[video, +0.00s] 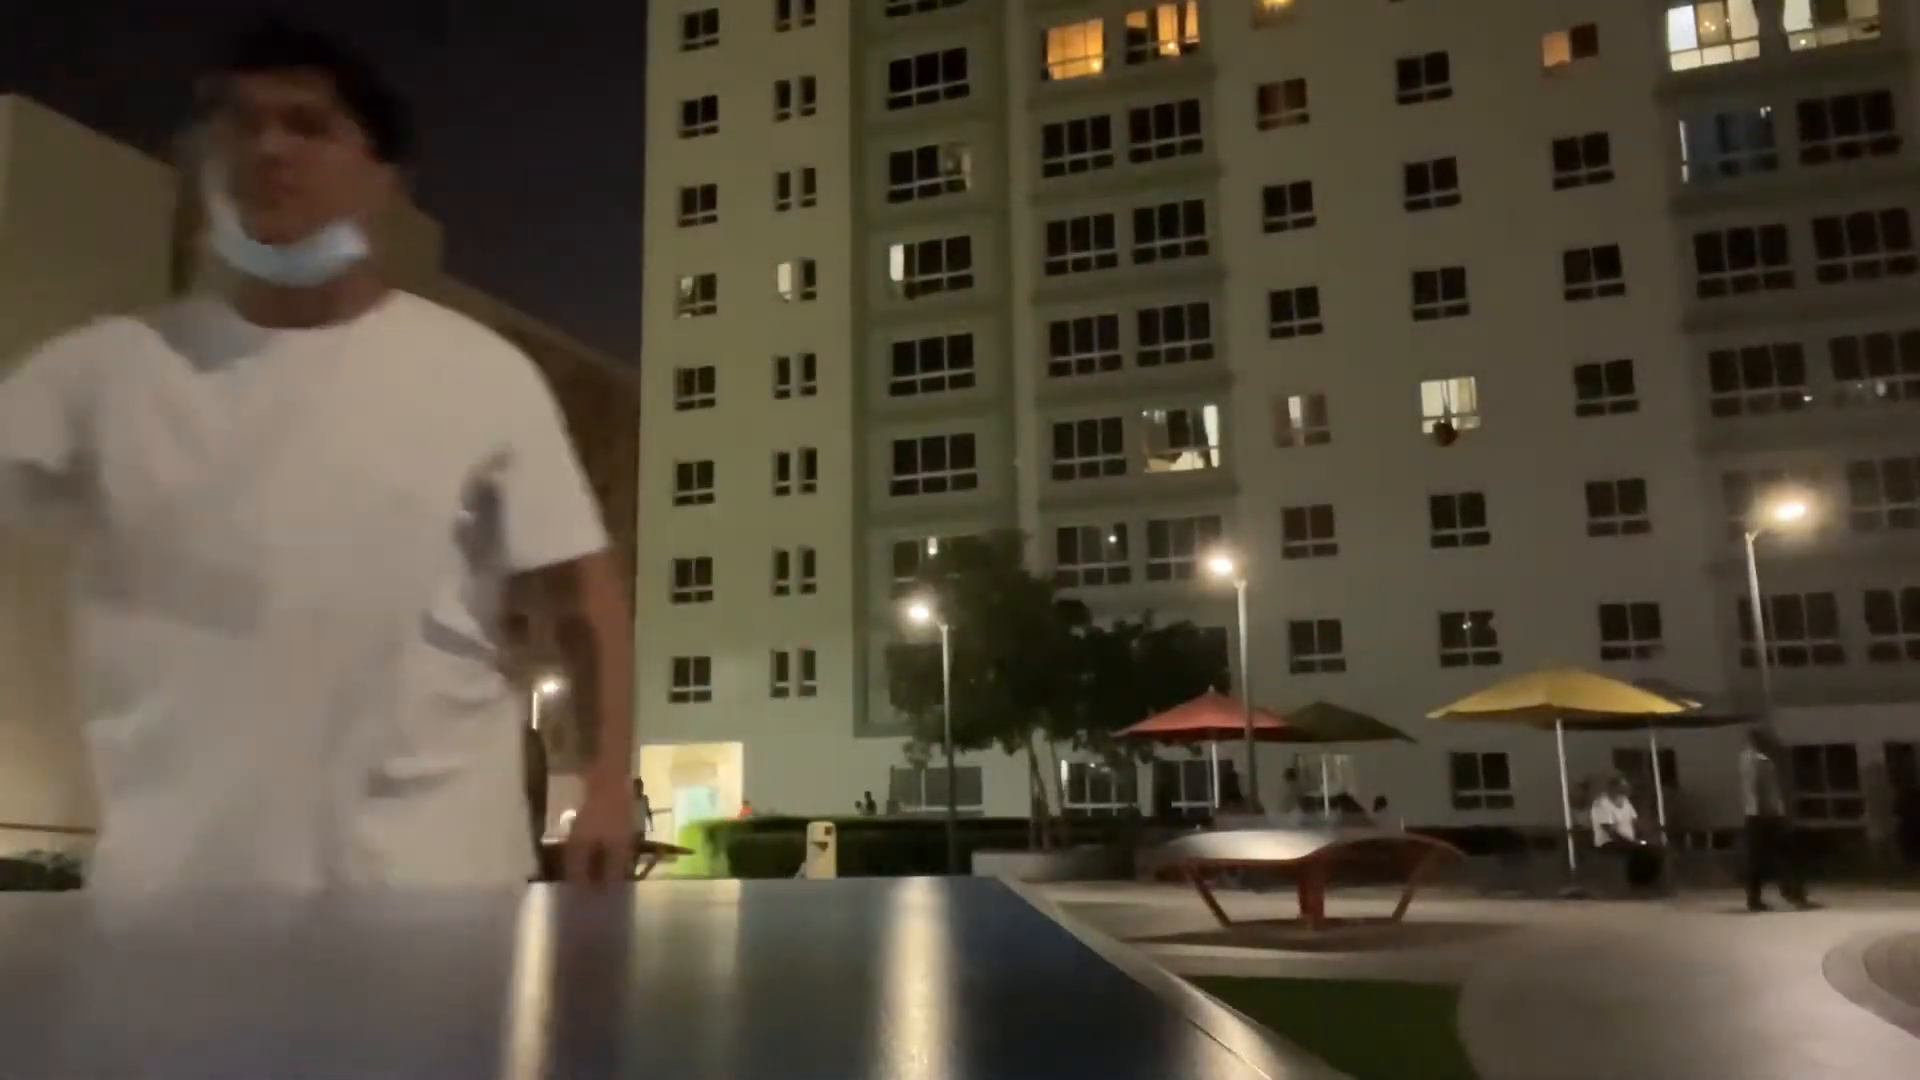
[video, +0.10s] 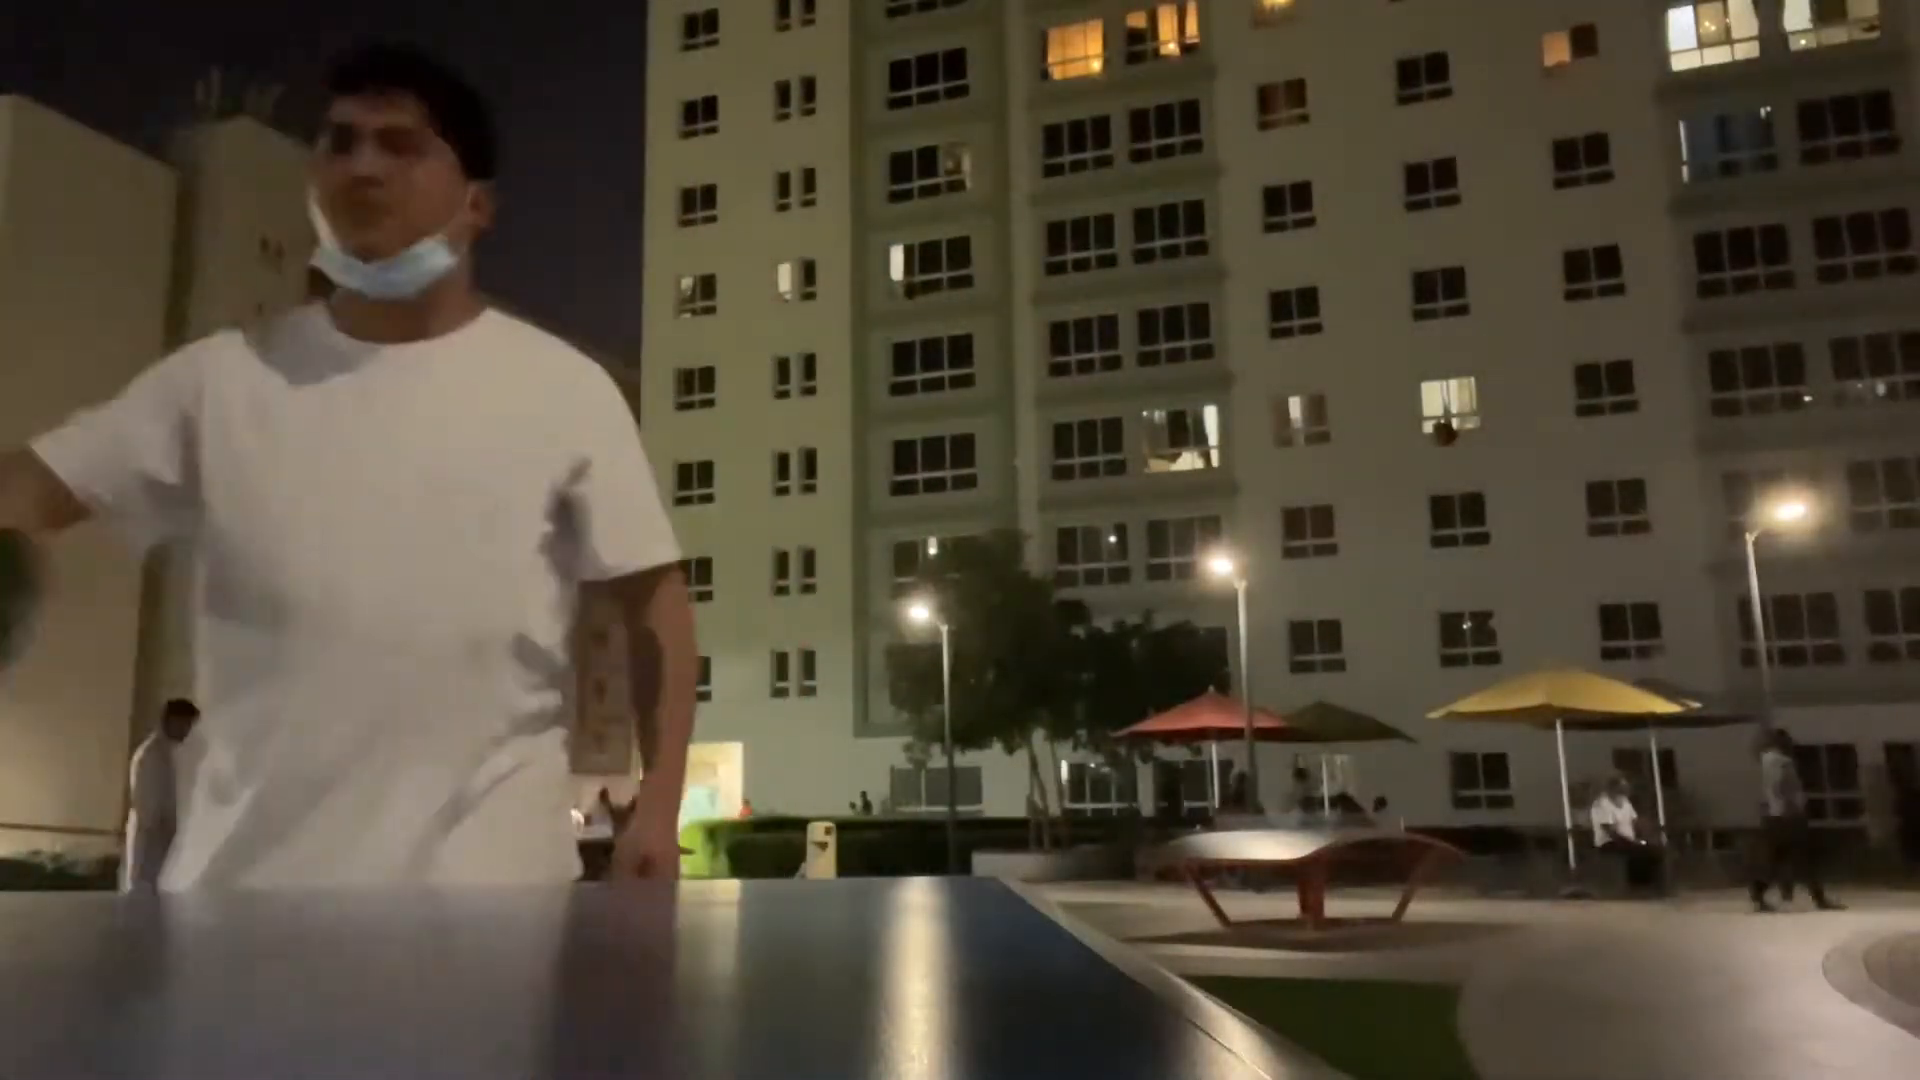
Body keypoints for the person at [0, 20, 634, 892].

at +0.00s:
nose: (267, 150)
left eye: (307, 126)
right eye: (237, 124)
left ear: (382, 174)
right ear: (199, 161)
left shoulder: (481, 380)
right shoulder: (106, 376)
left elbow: (590, 592)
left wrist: (609, 783)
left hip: (429, 892)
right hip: (177, 891)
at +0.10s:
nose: (360, 164)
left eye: (399, 144)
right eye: (338, 142)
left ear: (475, 205)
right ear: (309, 184)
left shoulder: (563, 392)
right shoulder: (218, 383)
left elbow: (660, 604)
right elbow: (34, 489)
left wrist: (658, 807)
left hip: (482, 884)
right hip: (248, 884)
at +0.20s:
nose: (339, 190)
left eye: (381, 162)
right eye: (322, 161)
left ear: (465, 209)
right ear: (299, 187)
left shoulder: (559, 403)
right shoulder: (209, 395)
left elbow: (661, 614)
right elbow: (35, 505)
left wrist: (661, 815)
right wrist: (26, 603)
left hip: (479, 889)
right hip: (245, 893)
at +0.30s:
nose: (214, 205)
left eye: (259, 175)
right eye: (193, 170)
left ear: (359, 210)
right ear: (169, 183)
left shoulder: (470, 393)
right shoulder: (73, 397)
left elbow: (591, 604)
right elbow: (23, 605)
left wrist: (609, 816)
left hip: (437, 884)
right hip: (191, 890)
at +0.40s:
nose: (127, 145)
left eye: (175, 118)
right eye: (103, 111)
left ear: (270, 169)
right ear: (72, 142)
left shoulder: (389, 364)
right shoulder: (22, 363)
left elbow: (527, 597)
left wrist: (533, 791)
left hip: (373, 882)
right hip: (121, 885)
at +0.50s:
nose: (161, 120)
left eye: (206, 95)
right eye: (129, 87)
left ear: (276, 147)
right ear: (82, 129)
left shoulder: (385, 345)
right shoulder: (24, 342)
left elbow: (510, 568)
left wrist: (521, 774)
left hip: (364, 885)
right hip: (103, 890)